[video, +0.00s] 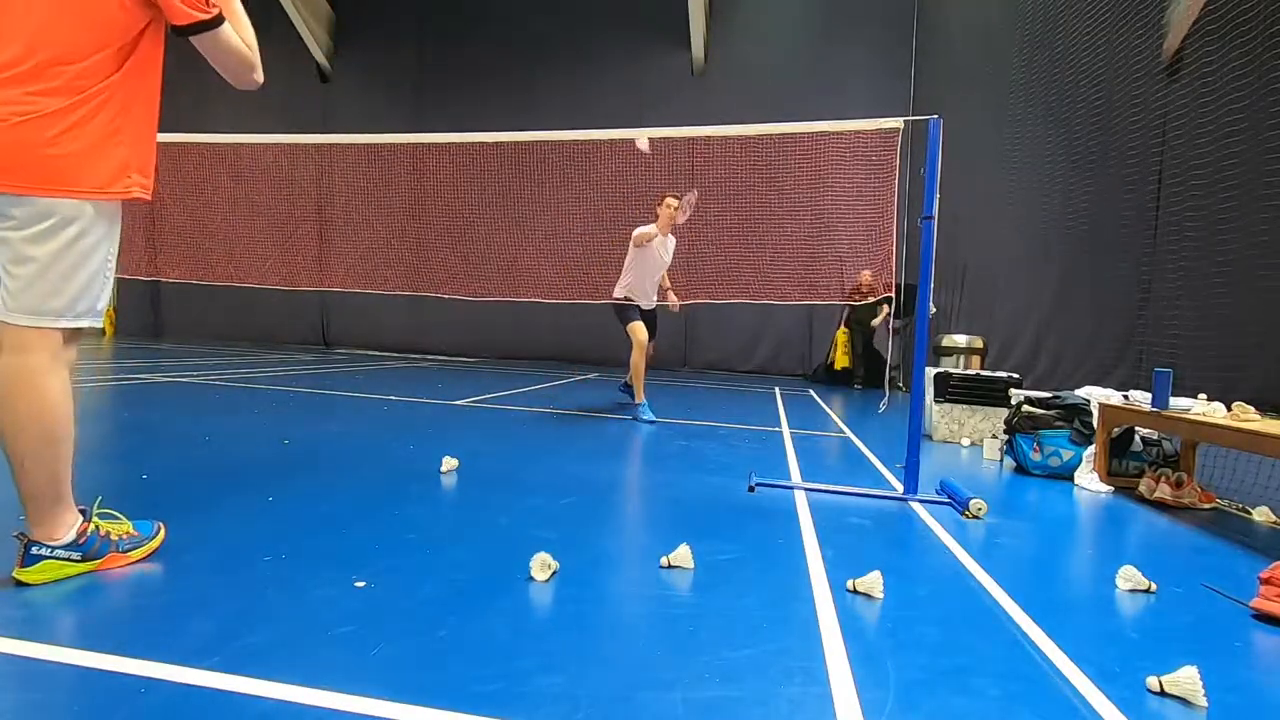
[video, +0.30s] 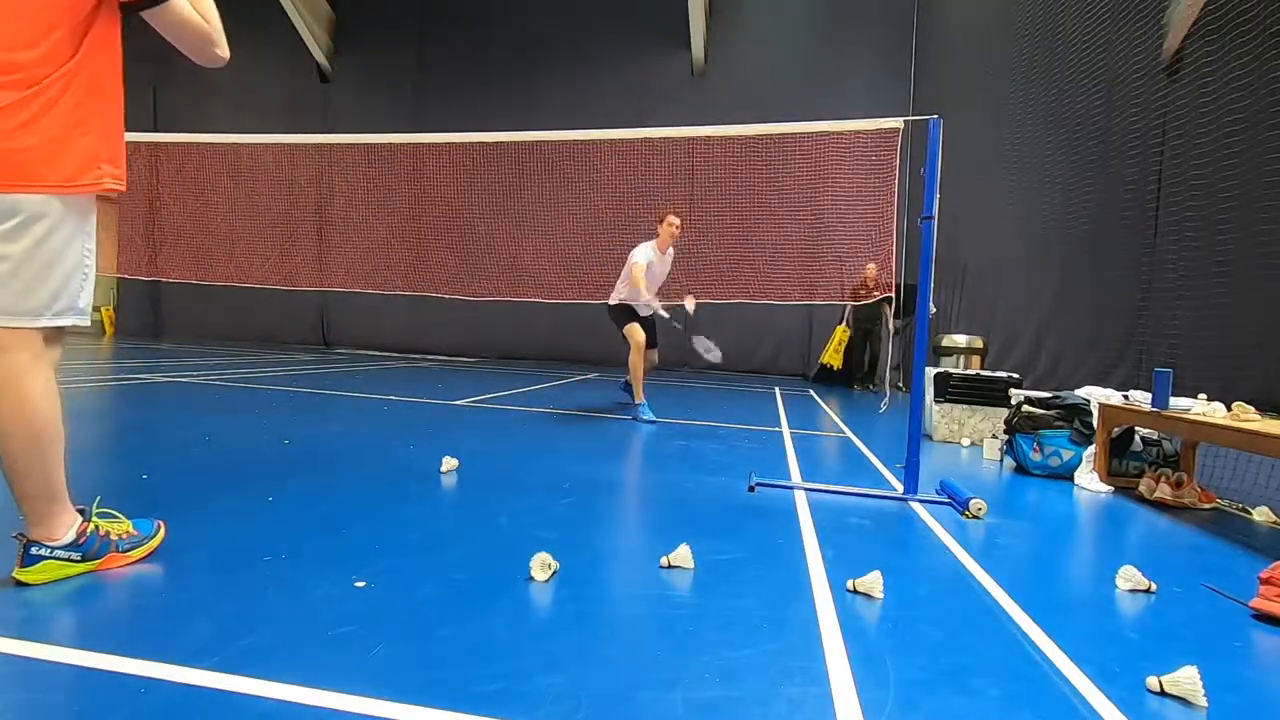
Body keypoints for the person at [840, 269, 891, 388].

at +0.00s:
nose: (866, 278)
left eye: (869, 276)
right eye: (864, 276)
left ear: (872, 278)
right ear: (860, 278)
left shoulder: (875, 293)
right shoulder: (854, 293)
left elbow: (886, 309)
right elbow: (846, 309)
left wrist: (878, 320)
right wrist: (842, 323)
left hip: (869, 325)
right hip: (855, 324)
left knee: (866, 351)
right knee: (858, 352)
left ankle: (864, 377)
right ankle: (858, 379)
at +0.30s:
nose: (870, 272)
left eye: (873, 269)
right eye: (868, 269)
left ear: (876, 272)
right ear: (864, 271)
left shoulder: (880, 288)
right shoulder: (857, 287)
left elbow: (885, 307)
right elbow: (850, 305)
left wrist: (890, 323)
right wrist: (845, 321)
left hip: (875, 326)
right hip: (859, 325)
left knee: (875, 354)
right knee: (858, 354)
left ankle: (870, 381)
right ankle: (857, 381)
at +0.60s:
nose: (879, 272)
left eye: (881, 269)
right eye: (876, 269)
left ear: (885, 272)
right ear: (871, 271)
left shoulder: (890, 286)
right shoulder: (864, 286)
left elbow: (894, 305)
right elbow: (855, 303)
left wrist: (894, 322)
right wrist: (851, 321)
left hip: (884, 325)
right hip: (866, 325)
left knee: (882, 358)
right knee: (865, 356)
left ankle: (878, 386)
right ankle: (861, 380)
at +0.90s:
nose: (884, 268)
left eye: (886, 265)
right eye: (881, 265)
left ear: (888, 267)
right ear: (875, 267)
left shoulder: (893, 284)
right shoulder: (867, 285)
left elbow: (902, 299)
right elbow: (861, 304)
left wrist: (901, 311)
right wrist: (859, 322)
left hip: (886, 324)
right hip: (869, 323)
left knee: (883, 354)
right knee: (871, 352)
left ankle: (879, 384)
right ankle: (869, 383)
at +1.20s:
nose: (882, 262)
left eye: (884, 259)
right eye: (879, 259)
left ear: (888, 262)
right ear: (874, 262)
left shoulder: (894, 281)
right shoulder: (867, 281)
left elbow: (901, 299)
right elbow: (861, 302)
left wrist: (903, 318)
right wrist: (858, 321)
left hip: (887, 324)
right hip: (869, 323)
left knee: (886, 356)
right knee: (871, 356)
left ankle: (882, 386)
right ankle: (871, 387)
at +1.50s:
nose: (885, 261)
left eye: (888, 259)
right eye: (882, 258)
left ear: (892, 262)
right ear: (877, 261)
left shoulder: (895, 281)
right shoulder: (869, 280)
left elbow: (901, 301)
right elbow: (862, 300)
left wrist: (905, 320)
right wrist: (855, 318)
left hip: (887, 325)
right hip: (869, 323)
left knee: (884, 358)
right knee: (870, 357)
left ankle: (881, 390)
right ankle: (872, 389)